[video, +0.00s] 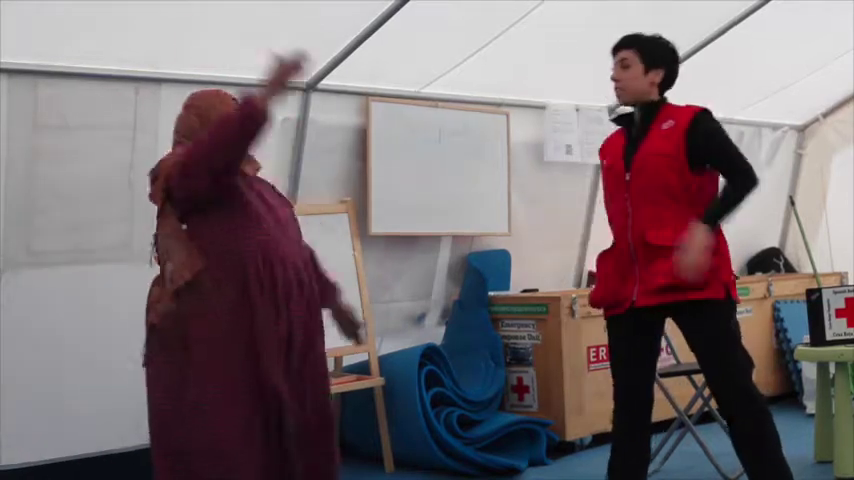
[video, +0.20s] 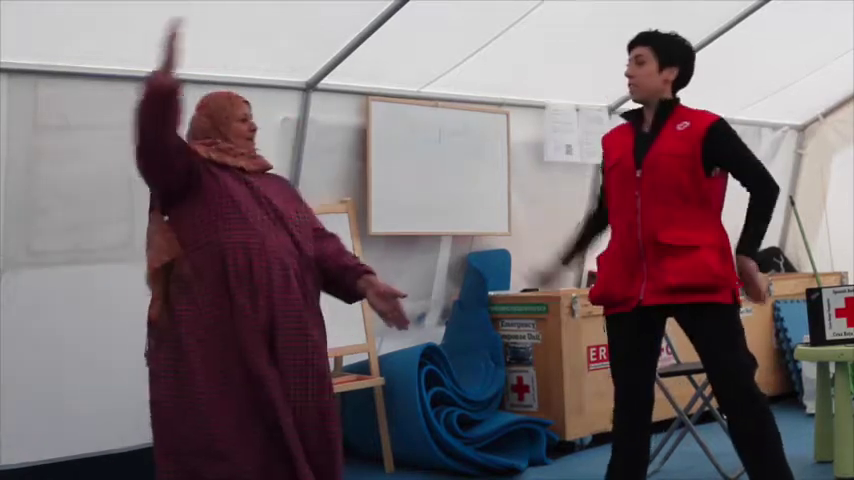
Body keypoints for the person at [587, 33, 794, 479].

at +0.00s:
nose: (614, 75)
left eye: (624, 67)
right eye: (614, 67)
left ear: (657, 75)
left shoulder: (692, 123)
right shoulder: (613, 145)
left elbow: (744, 177)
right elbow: (629, 216)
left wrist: (706, 225)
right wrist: (613, 259)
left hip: (695, 280)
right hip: (628, 287)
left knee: (736, 396)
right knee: (630, 409)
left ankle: (772, 476)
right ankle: (625, 479)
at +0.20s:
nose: (628, 73)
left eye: (639, 63)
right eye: (628, 64)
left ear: (671, 74)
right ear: (631, 75)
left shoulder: (705, 129)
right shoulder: (614, 140)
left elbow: (764, 188)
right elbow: (603, 212)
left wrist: (746, 254)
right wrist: (563, 261)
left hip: (698, 280)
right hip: (627, 286)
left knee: (740, 398)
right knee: (630, 409)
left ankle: (773, 476)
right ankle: (624, 479)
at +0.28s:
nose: (633, 71)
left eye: (645, 62)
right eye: (633, 62)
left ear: (676, 73)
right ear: (636, 72)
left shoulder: (710, 130)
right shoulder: (615, 137)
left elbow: (764, 192)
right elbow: (583, 197)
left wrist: (727, 243)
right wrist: (523, 223)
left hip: (700, 280)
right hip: (629, 286)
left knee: (742, 399)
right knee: (630, 410)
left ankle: (775, 476)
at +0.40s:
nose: (643, 68)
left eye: (655, 59)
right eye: (644, 59)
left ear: (686, 72)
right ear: (647, 68)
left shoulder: (720, 132)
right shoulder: (618, 127)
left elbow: (753, 195)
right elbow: (562, 167)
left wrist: (709, 218)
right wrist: (497, 152)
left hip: (705, 277)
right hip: (632, 280)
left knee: (744, 396)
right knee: (631, 404)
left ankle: (774, 478)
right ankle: (623, 479)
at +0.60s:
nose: (671, 82)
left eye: (684, 75)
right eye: (672, 73)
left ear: (716, 86)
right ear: (670, 77)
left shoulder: (744, 147)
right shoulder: (640, 131)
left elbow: (745, 201)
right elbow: (572, 158)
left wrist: (690, 215)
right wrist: (540, 133)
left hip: (720, 283)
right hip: (645, 283)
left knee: (753, 401)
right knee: (634, 405)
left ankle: (776, 476)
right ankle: (624, 477)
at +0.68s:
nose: (688, 96)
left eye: (700, 88)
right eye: (687, 85)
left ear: (731, 100)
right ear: (683, 88)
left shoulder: (756, 156)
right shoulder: (654, 143)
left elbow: (748, 206)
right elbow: (606, 175)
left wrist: (699, 229)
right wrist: (590, 175)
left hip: (725, 287)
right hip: (653, 286)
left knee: (756, 402)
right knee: (637, 408)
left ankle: (778, 476)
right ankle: (623, 478)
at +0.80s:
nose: (711, 136)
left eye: (725, 128)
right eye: (710, 123)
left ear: (752, 137)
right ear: (706, 123)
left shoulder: (775, 181)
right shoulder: (680, 175)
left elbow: (744, 236)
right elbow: (654, 239)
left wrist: (715, 283)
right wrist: (668, 279)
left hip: (733, 287)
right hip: (663, 285)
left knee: (759, 399)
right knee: (641, 404)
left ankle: (780, 474)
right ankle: (625, 475)